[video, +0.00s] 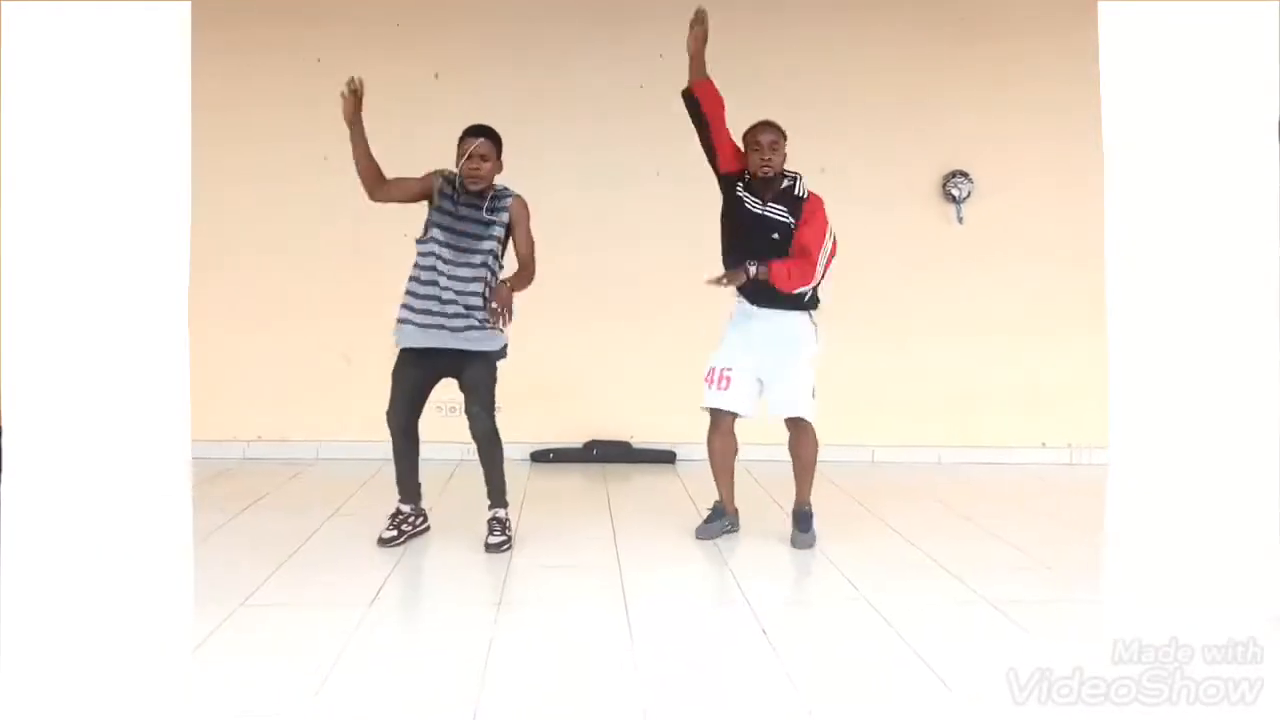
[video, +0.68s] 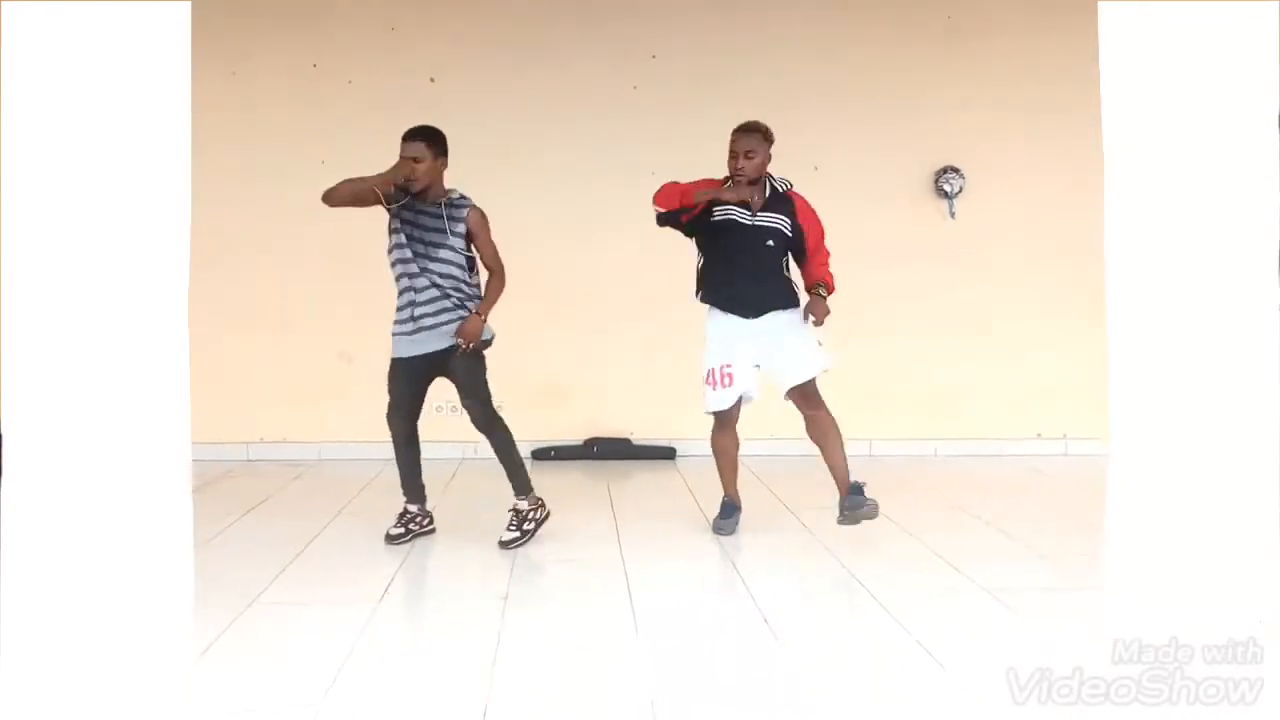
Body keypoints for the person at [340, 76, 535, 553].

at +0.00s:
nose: (474, 163)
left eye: (483, 157)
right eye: (467, 156)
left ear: (498, 164)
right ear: (458, 160)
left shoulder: (511, 206)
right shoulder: (438, 186)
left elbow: (526, 270)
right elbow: (377, 188)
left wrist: (507, 286)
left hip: (476, 336)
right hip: (423, 332)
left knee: (481, 422)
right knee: (399, 419)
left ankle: (497, 512)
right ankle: (410, 509)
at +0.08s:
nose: (459, 166)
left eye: (469, 159)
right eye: (452, 158)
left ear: (485, 163)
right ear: (443, 160)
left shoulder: (498, 211)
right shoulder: (420, 192)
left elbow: (511, 273)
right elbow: (381, 235)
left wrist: (495, 319)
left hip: (470, 340)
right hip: (415, 339)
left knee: (480, 420)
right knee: (397, 419)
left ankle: (490, 512)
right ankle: (403, 510)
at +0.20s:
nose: (436, 157)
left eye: (445, 150)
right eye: (428, 150)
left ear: (461, 156)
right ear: (418, 154)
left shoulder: (478, 201)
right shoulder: (402, 199)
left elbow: (486, 265)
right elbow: (446, 254)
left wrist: (469, 322)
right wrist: (512, 294)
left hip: (458, 335)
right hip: (405, 335)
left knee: (469, 419)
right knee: (388, 417)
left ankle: (481, 509)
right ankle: (395, 508)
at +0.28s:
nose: (415, 160)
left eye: (424, 153)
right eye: (408, 152)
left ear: (441, 158)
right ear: (399, 156)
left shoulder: (460, 207)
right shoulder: (390, 190)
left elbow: (466, 271)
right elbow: (449, 222)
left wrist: (456, 326)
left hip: (456, 335)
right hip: (403, 337)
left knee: (468, 418)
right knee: (379, 419)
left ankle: (478, 510)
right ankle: (389, 510)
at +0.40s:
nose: (412, 168)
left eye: (422, 162)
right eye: (405, 159)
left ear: (436, 166)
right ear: (393, 160)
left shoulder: (452, 206)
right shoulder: (376, 190)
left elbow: (469, 270)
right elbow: (412, 219)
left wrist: (465, 323)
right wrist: (476, 200)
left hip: (457, 335)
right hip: (405, 340)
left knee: (473, 417)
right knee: (383, 422)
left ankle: (484, 509)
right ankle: (393, 511)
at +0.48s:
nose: (416, 168)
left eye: (425, 161)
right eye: (408, 160)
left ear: (439, 165)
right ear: (396, 161)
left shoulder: (456, 210)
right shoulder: (374, 201)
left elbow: (482, 269)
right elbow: (320, 233)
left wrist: (474, 320)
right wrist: (371, 225)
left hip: (451, 336)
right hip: (400, 342)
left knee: (470, 416)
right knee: (383, 424)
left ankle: (488, 508)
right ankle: (396, 511)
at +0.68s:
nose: (406, 169)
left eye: (416, 161)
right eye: (403, 160)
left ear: (440, 163)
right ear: (400, 163)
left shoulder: (466, 213)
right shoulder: (396, 201)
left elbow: (496, 273)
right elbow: (331, 197)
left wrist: (480, 316)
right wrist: (386, 179)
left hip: (457, 337)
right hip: (410, 341)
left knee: (483, 416)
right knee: (400, 419)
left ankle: (528, 502)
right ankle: (416, 509)